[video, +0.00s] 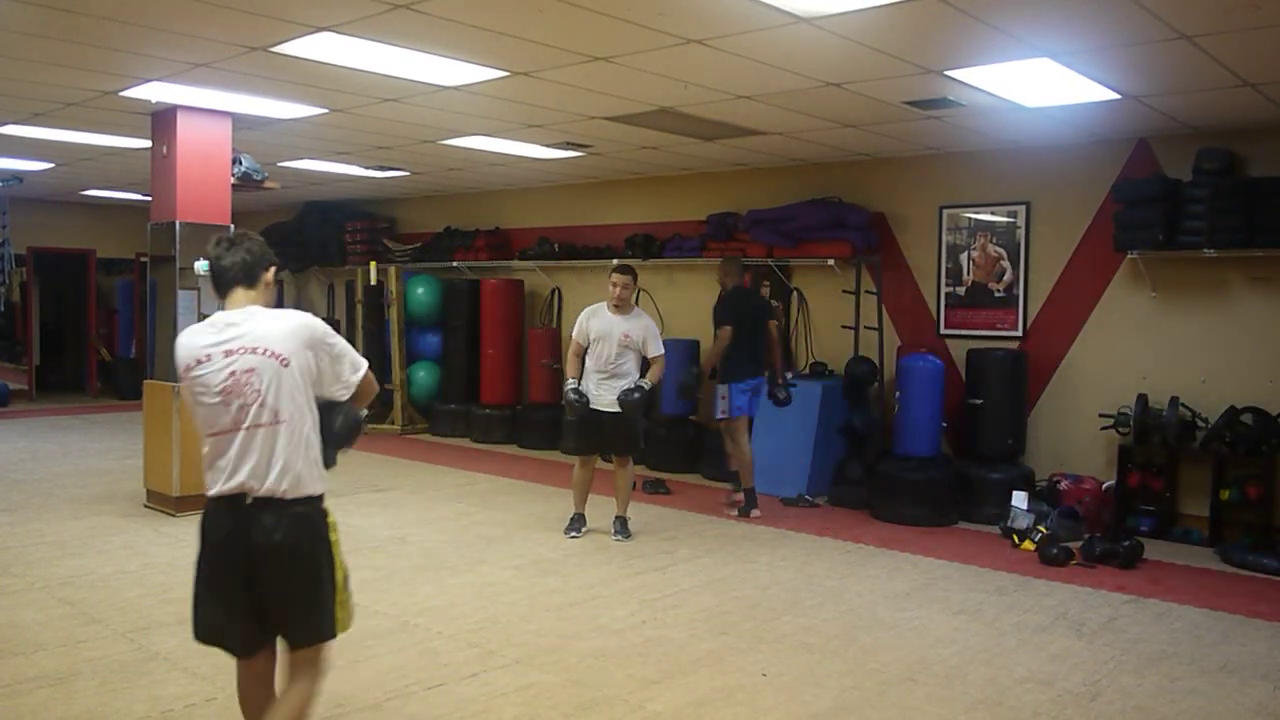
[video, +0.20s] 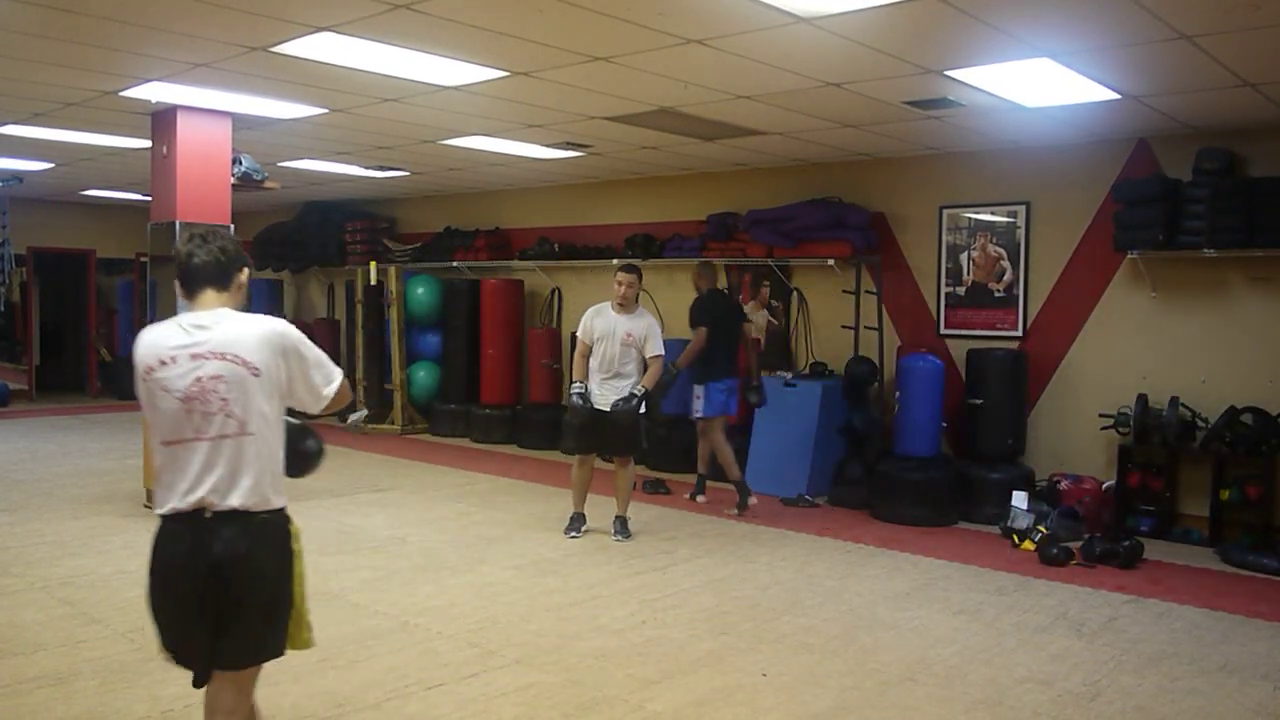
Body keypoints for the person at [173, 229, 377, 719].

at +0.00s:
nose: (277, 282)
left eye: (276, 276)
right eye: (275, 275)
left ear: (216, 282)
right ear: (268, 276)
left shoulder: (188, 344)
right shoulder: (302, 329)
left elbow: (207, 416)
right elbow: (365, 388)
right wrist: (328, 427)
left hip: (224, 522)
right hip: (295, 521)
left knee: (252, 660)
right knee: (305, 663)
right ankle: (280, 714)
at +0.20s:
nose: (248, 284)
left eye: (245, 278)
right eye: (247, 277)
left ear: (181, 286)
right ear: (240, 278)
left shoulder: (147, 344)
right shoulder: (271, 335)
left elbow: (176, 421)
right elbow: (338, 395)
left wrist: (271, 433)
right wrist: (271, 407)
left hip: (178, 542)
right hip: (254, 539)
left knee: (227, 689)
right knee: (231, 691)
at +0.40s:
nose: (218, 271)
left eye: (215, 262)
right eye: (217, 263)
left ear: (142, 271)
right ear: (210, 265)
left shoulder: (105, 332)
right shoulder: (237, 325)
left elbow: (112, 412)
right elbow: (307, 394)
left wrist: (225, 418)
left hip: (137, 541)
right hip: (219, 541)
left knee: (160, 693)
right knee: (206, 705)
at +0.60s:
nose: (174, 269)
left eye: (171, 261)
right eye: (173, 261)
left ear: (99, 270)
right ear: (165, 265)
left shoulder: (56, 342)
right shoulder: (196, 332)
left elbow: (83, 431)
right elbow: (275, 405)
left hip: (93, 560)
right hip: (185, 558)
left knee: (87, 710)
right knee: (189, 704)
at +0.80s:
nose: (122, 272)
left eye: (123, 264)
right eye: (122, 263)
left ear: (44, 272)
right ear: (113, 265)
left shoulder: (6, 340)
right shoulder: (145, 331)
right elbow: (233, 412)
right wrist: (164, 416)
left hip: (32, 574)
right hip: (135, 572)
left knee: (32, 712)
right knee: (156, 709)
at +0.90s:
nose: (100, 271)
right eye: (101, 262)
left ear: (19, 276)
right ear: (94, 264)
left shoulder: (2, 332)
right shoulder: (126, 328)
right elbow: (211, 427)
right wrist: (133, 416)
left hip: (11, 571)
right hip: (116, 569)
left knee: (26, 710)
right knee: (145, 708)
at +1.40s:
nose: (133, 269)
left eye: (133, 257)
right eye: (133, 257)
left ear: (43, 258)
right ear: (119, 259)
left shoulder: (7, 341)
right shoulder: (143, 339)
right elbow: (183, 486)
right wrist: (187, 395)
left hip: (27, 592)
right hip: (127, 597)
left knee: (31, 712)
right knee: (140, 710)